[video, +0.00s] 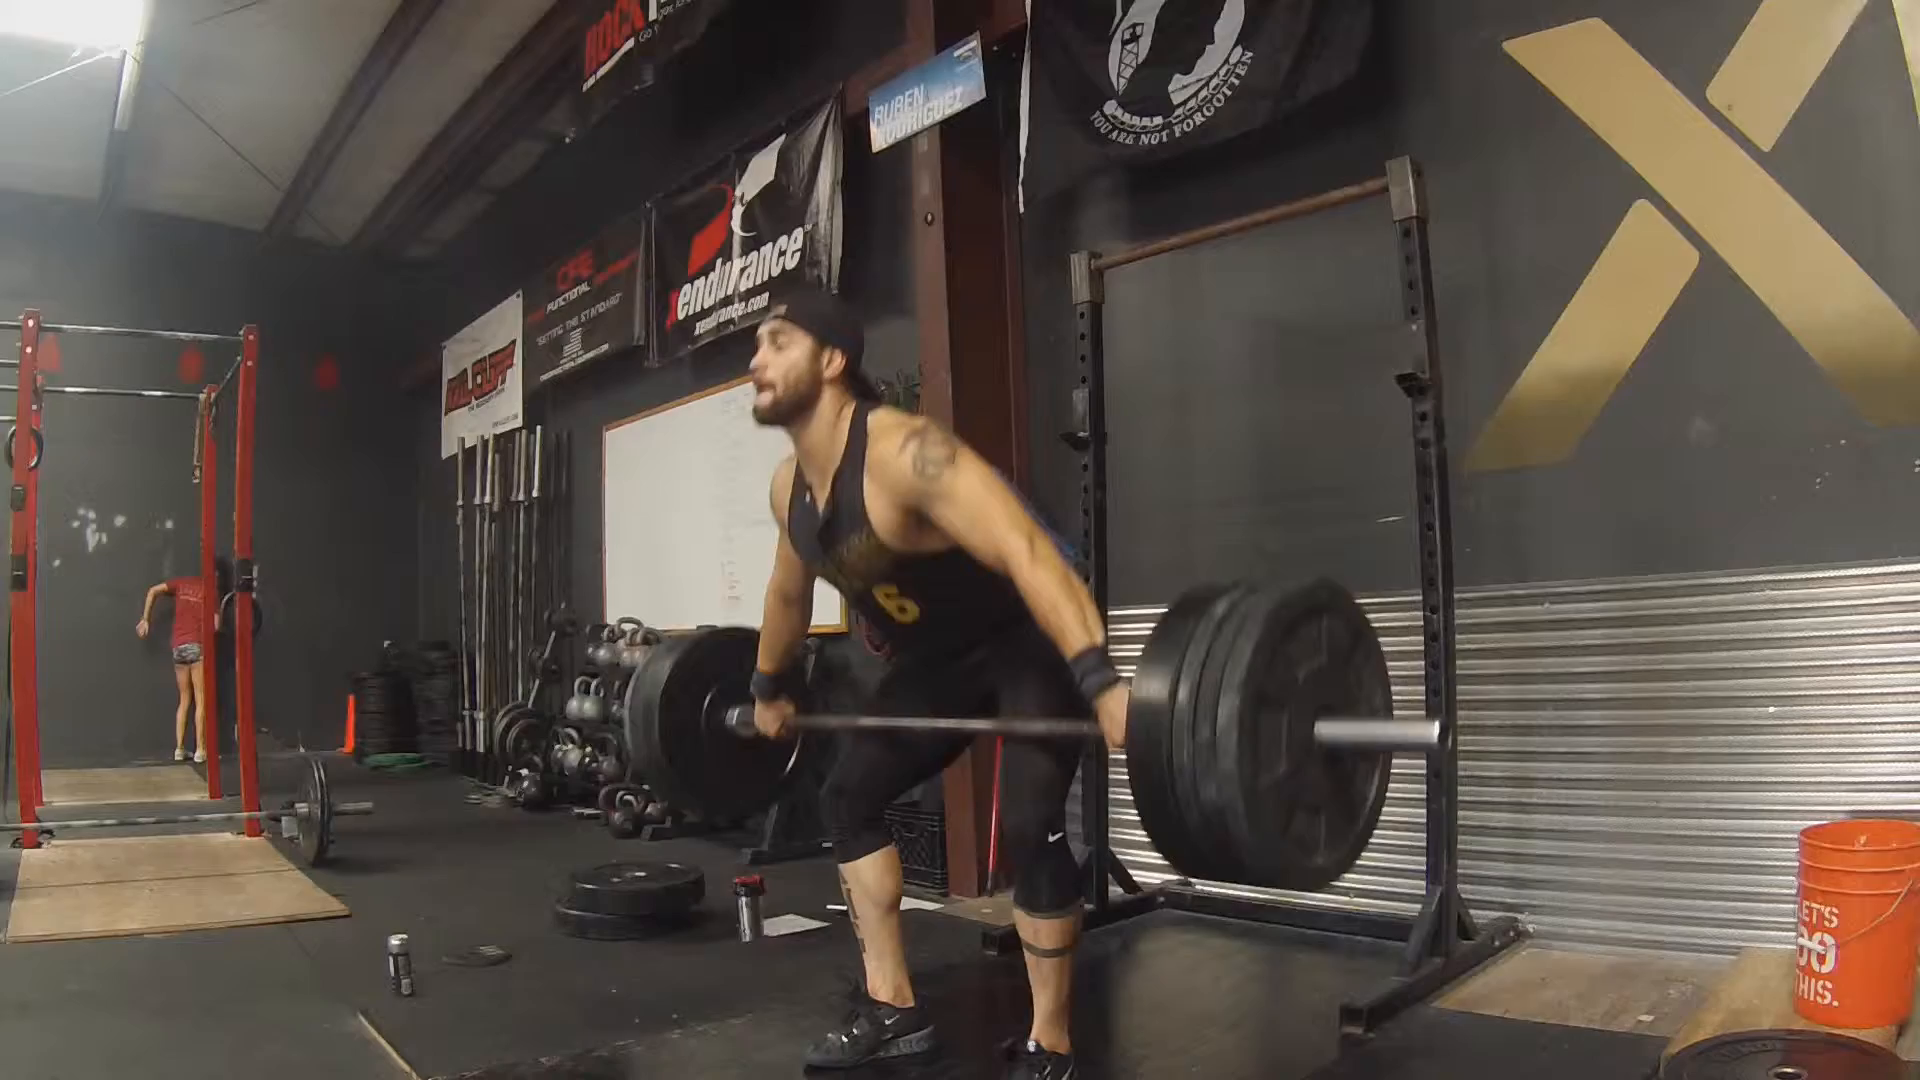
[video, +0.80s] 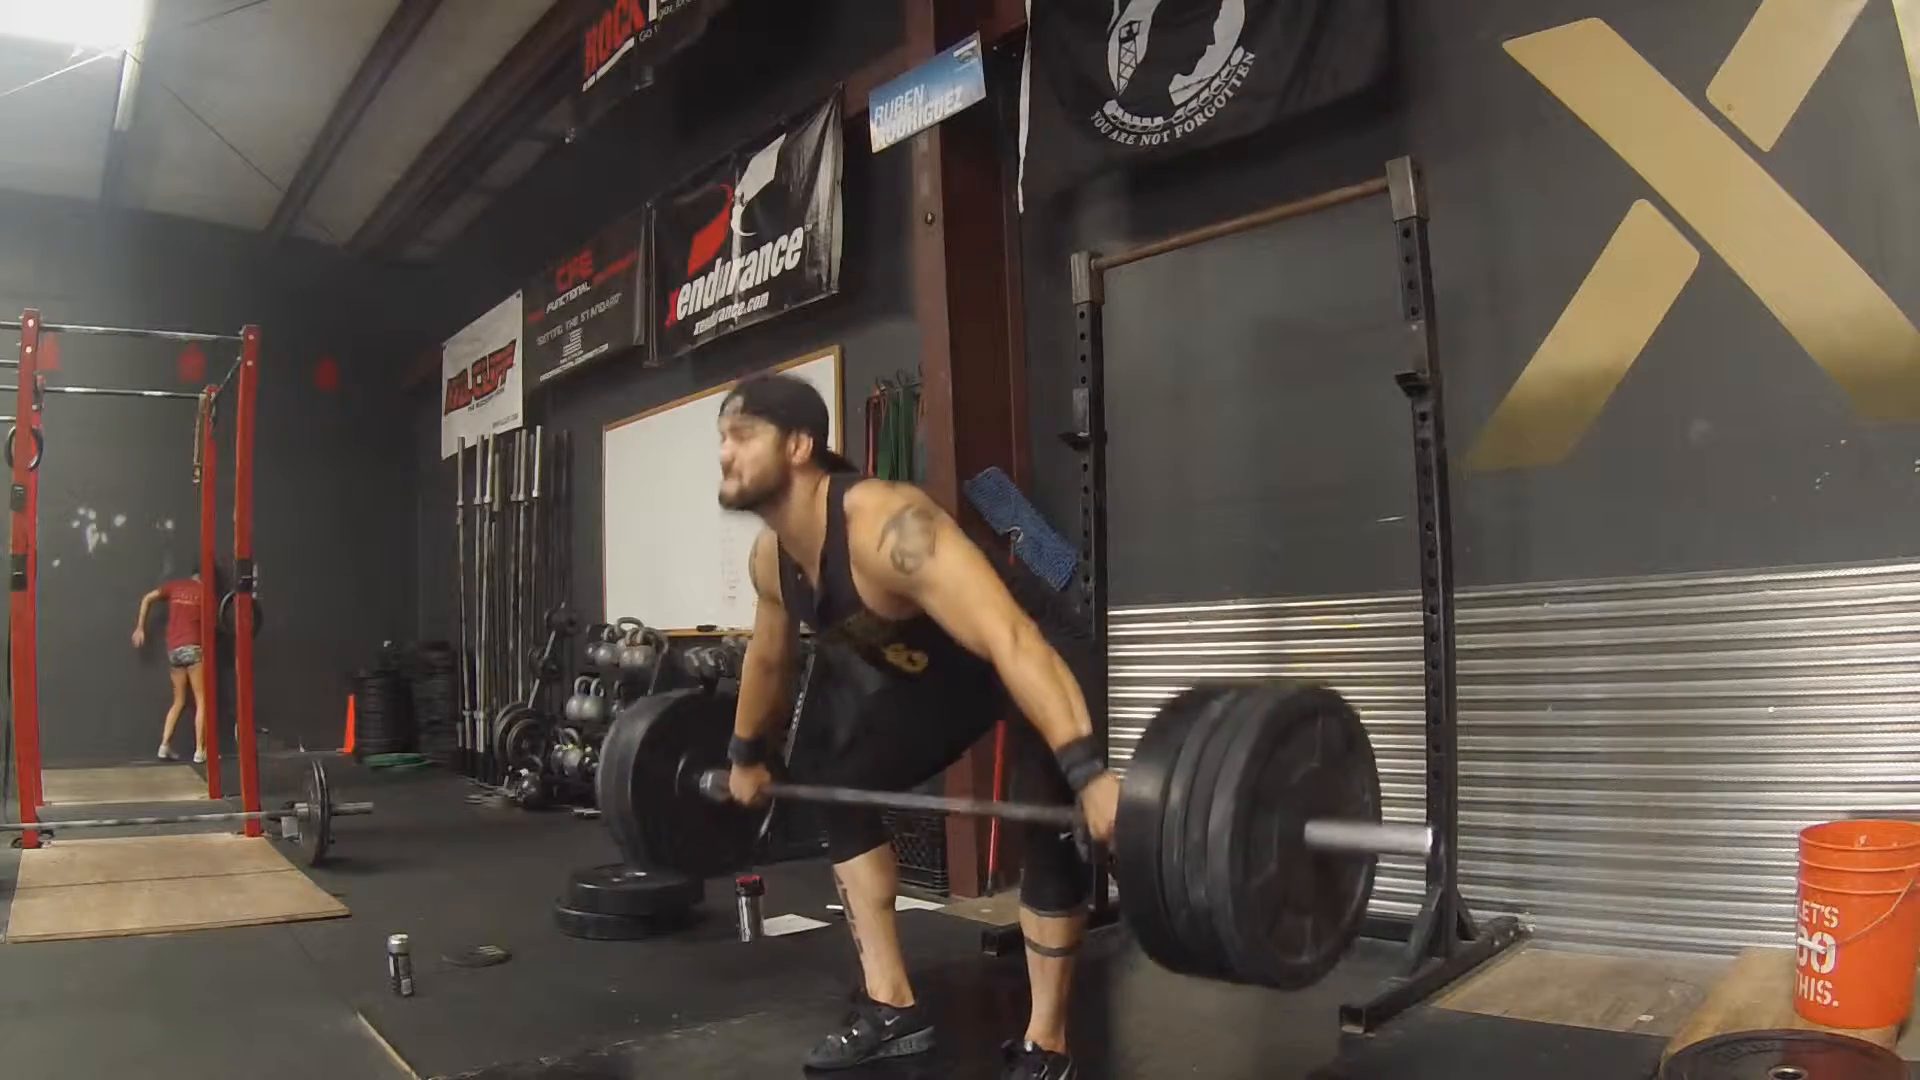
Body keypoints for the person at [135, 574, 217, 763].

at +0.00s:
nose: (217, 579)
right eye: (218, 576)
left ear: (203, 571)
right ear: (216, 575)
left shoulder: (183, 583)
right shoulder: (213, 592)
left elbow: (153, 590)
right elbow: (216, 625)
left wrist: (145, 619)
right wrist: (215, 608)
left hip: (178, 643)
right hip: (198, 642)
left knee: (184, 698)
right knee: (200, 699)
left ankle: (179, 748)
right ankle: (200, 749)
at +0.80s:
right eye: (209, 579)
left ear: (193, 574)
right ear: (207, 577)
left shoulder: (174, 586)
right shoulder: (206, 592)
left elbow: (147, 598)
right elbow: (213, 621)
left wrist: (139, 628)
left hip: (174, 646)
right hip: (194, 645)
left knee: (178, 701)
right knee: (201, 701)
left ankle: (164, 745)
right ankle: (200, 750)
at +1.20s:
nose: (205, 586)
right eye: (205, 583)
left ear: (190, 574)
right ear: (202, 579)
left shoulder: (170, 587)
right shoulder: (201, 591)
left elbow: (146, 606)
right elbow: (206, 621)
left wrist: (144, 637)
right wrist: (207, 647)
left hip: (168, 644)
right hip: (189, 643)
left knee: (172, 701)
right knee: (199, 697)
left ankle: (163, 748)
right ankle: (200, 749)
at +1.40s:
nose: (204, 585)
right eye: (205, 582)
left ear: (190, 575)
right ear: (202, 579)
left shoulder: (169, 589)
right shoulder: (200, 591)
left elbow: (148, 609)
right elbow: (206, 621)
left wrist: (145, 641)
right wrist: (207, 648)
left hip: (168, 645)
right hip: (189, 644)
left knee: (174, 702)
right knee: (200, 699)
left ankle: (164, 748)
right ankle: (200, 749)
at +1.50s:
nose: (204, 582)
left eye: (203, 578)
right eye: (204, 578)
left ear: (190, 573)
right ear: (201, 576)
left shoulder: (170, 588)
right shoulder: (201, 589)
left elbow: (149, 608)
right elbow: (207, 618)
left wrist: (147, 639)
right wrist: (208, 644)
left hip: (170, 643)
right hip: (190, 642)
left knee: (173, 700)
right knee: (199, 698)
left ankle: (164, 748)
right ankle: (200, 749)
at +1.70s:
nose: (203, 577)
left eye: (201, 573)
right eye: (203, 573)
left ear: (189, 569)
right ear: (199, 571)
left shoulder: (170, 585)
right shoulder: (201, 588)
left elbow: (149, 606)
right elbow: (208, 618)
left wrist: (148, 636)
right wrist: (209, 644)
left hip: (170, 640)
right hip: (192, 640)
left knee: (170, 697)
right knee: (198, 695)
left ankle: (163, 747)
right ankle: (201, 747)